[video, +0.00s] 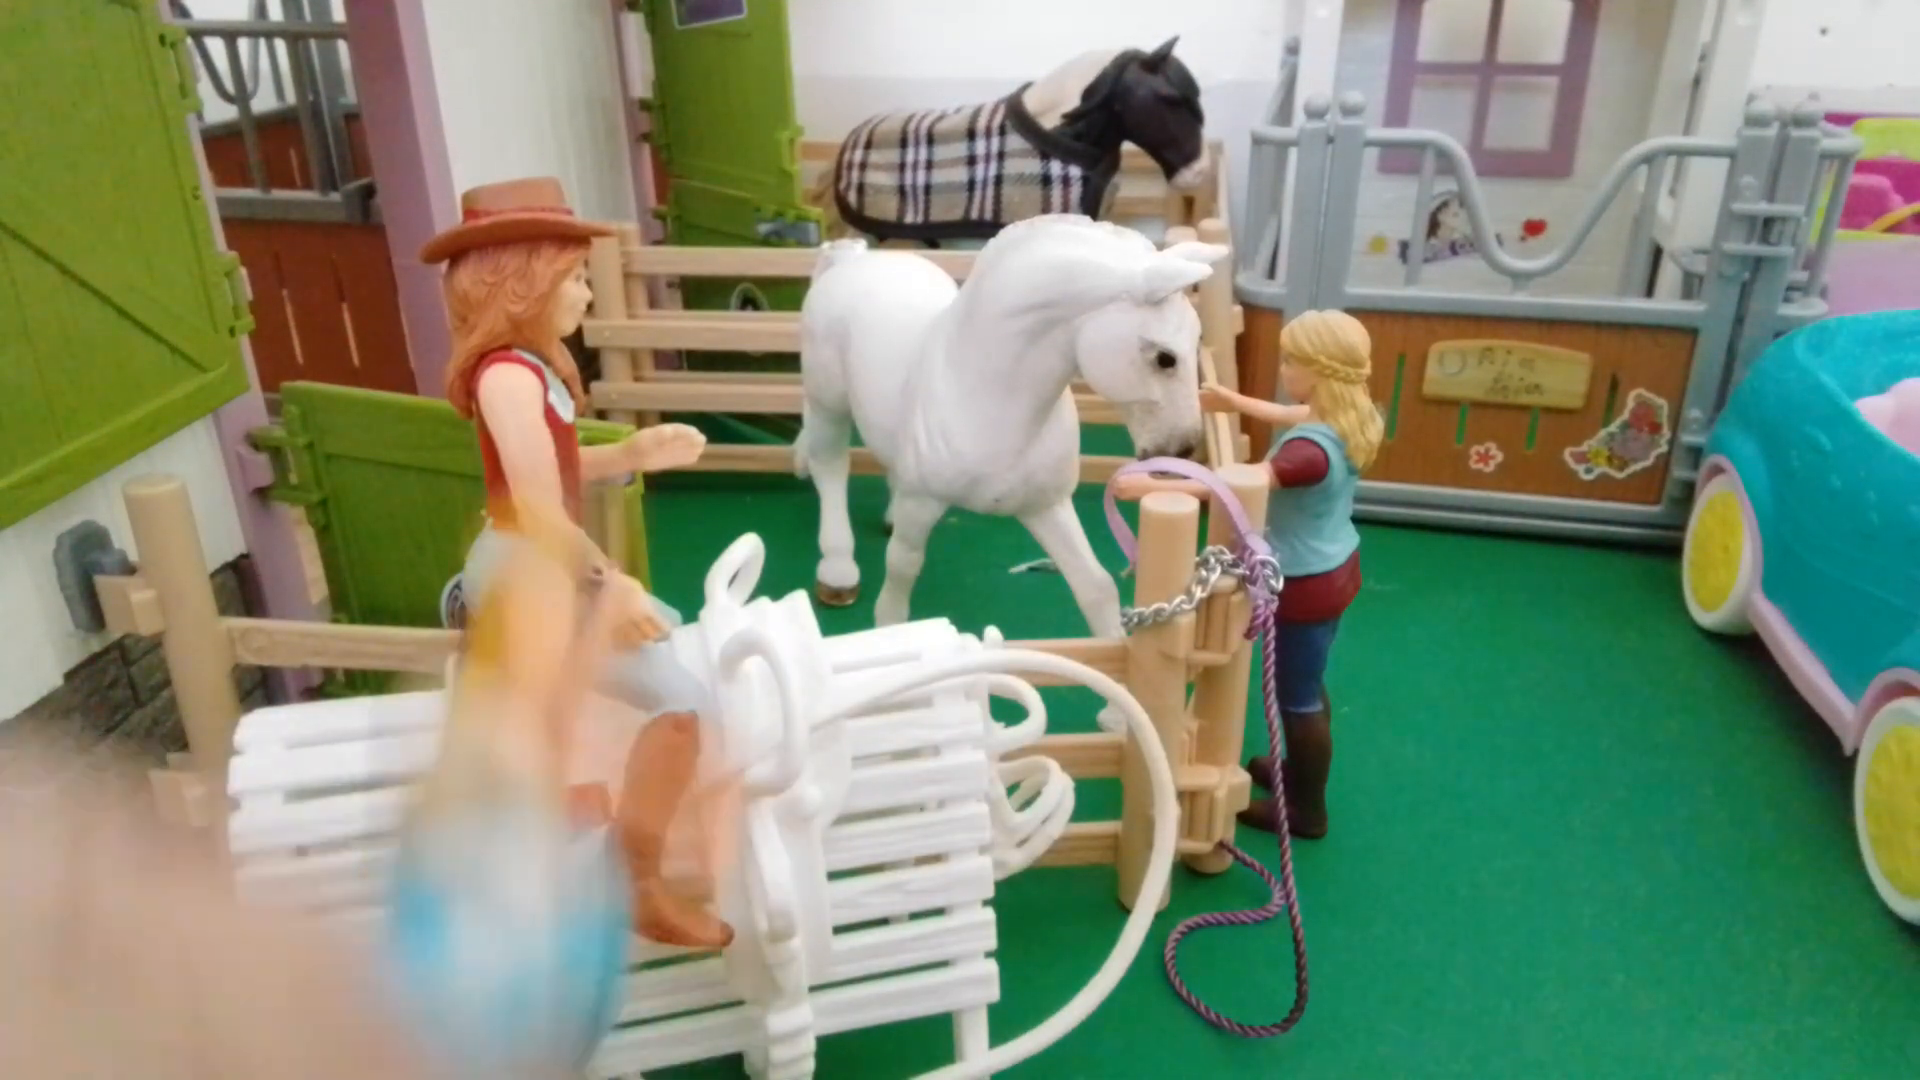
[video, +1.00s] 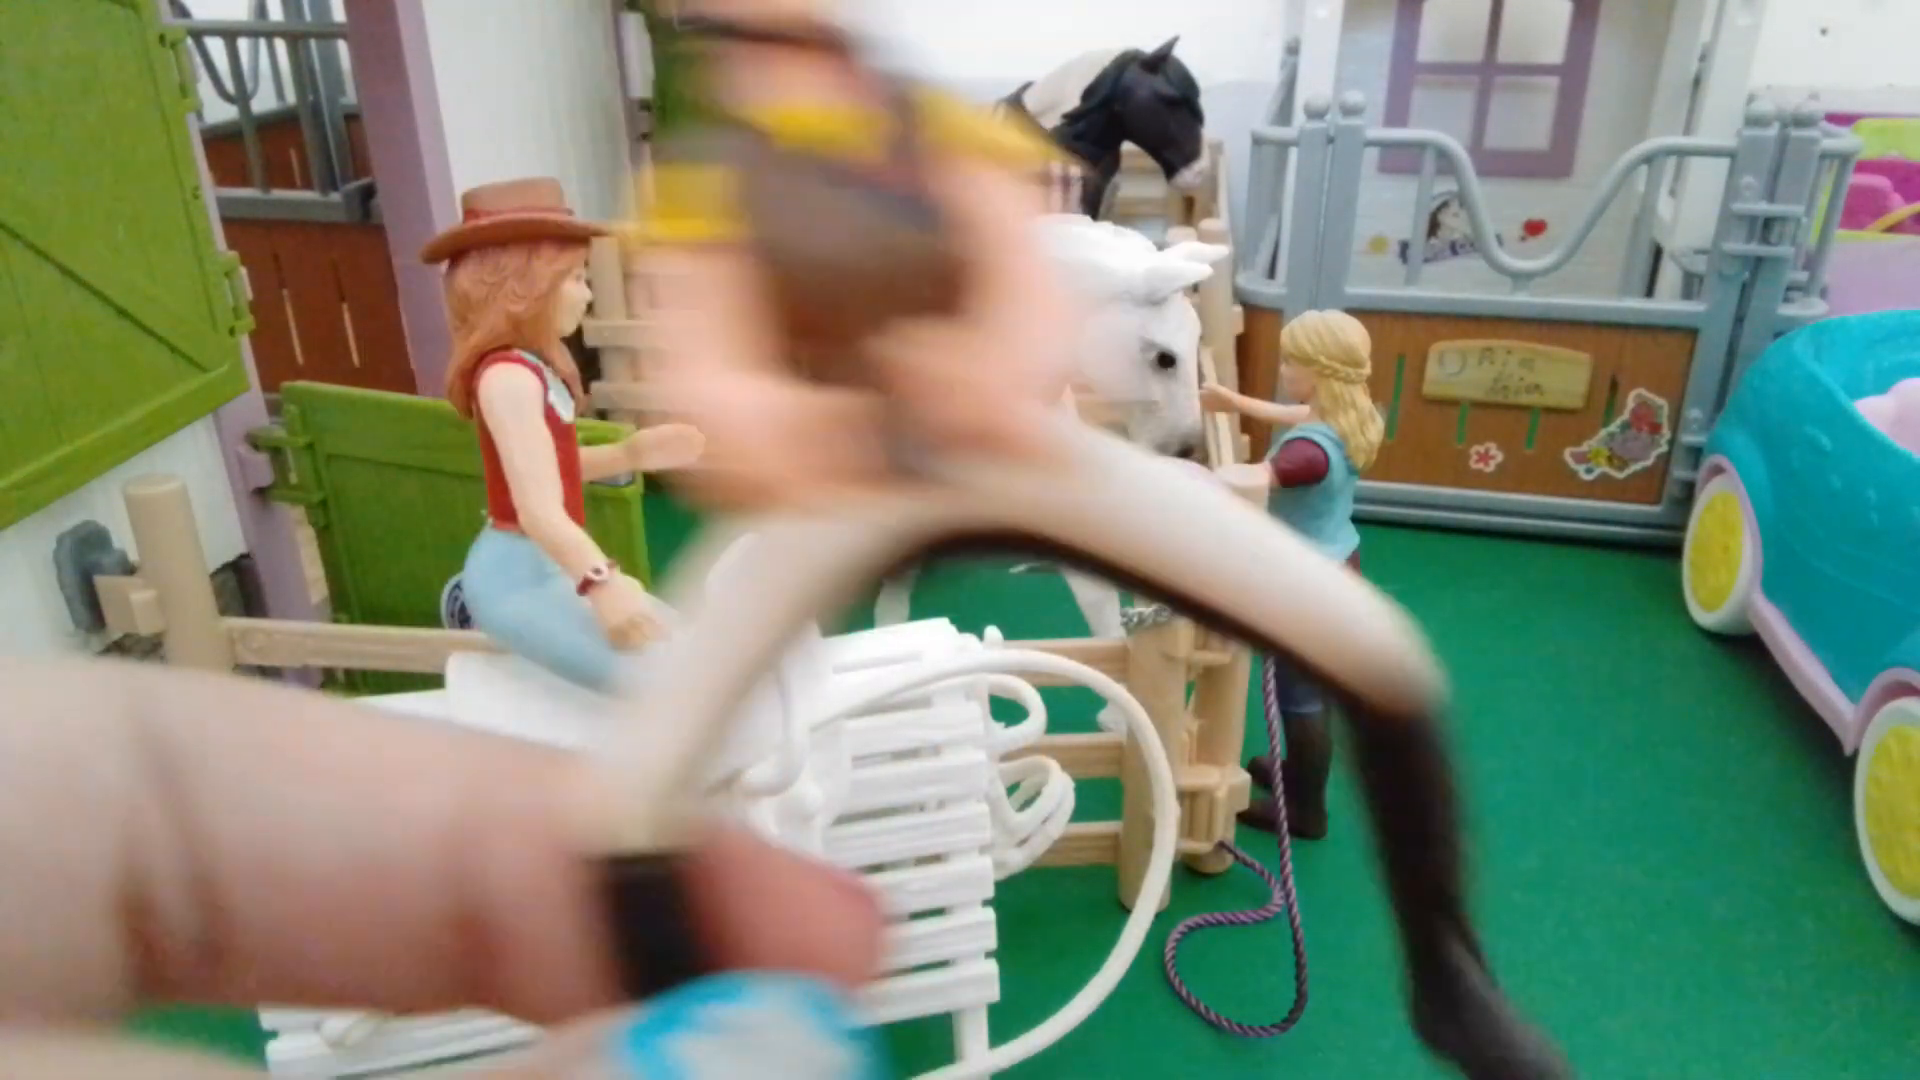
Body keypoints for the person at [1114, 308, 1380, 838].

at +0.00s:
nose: (1282, 371)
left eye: (1290, 362)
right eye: (1284, 360)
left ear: (1319, 372)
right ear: (1337, 373)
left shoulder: (1314, 448)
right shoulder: (1348, 417)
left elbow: (1244, 479)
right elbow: (1288, 416)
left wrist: (1159, 484)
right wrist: (1235, 400)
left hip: (1304, 589)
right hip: (1331, 568)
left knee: (1299, 700)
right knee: (1300, 682)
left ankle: (1303, 812)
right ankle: (1299, 774)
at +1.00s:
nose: (1281, 371)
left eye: (1290, 363)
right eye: (1284, 361)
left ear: (1317, 374)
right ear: (1336, 373)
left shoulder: (1315, 448)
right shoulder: (1346, 419)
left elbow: (1253, 479)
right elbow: (1292, 415)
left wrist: (1193, 479)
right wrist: (1236, 401)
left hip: (1309, 579)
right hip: (1333, 565)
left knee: (1297, 691)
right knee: (1299, 676)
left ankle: (1302, 809)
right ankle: (1298, 771)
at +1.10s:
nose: (1280, 373)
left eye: (1290, 363)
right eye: (1283, 362)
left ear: (1314, 373)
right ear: (1347, 369)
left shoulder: (1316, 438)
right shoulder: (1356, 422)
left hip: (1310, 574)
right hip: (1335, 564)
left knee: (1296, 688)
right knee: (1304, 680)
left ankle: (1303, 806)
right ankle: (1295, 772)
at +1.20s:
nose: (1281, 373)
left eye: (1290, 363)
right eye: (1286, 363)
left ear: (1308, 373)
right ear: (1349, 372)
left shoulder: (1311, 444)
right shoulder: (1336, 432)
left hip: (1316, 573)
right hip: (1337, 562)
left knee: (1304, 697)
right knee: (1304, 685)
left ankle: (1303, 806)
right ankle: (1294, 773)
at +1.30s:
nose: (1282, 371)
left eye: (1290, 362)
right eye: (1285, 360)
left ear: (1317, 373)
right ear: (1332, 372)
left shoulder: (1312, 448)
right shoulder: (1349, 417)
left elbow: (1248, 478)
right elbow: (1292, 415)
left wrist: (1187, 475)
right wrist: (1235, 400)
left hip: (1308, 586)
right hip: (1340, 564)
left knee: (1300, 694)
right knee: (1300, 674)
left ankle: (1303, 809)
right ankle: (1293, 766)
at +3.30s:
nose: (1282, 371)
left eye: (1290, 362)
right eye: (1285, 360)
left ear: (1318, 372)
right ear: (1336, 372)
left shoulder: (1314, 447)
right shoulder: (1349, 417)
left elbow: (1250, 478)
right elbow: (1290, 416)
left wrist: (1165, 484)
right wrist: (1236, 401)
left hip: (1304, 587)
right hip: (1334, 564)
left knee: (1295, 698)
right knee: (1305, 683)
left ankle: (1307, 811)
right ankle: (1309, 788)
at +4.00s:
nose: (1282, 369)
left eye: (1291, 359)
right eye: (1284, 358)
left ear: (1310, 372)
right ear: (1340, 372)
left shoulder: (1317, 444)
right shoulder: (1347, 421)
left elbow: (1258, 475)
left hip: (1308, 579)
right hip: (1335, 559)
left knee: (1299, 699)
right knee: (1308, 685)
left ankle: (1305, 804)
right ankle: (1306, 791)